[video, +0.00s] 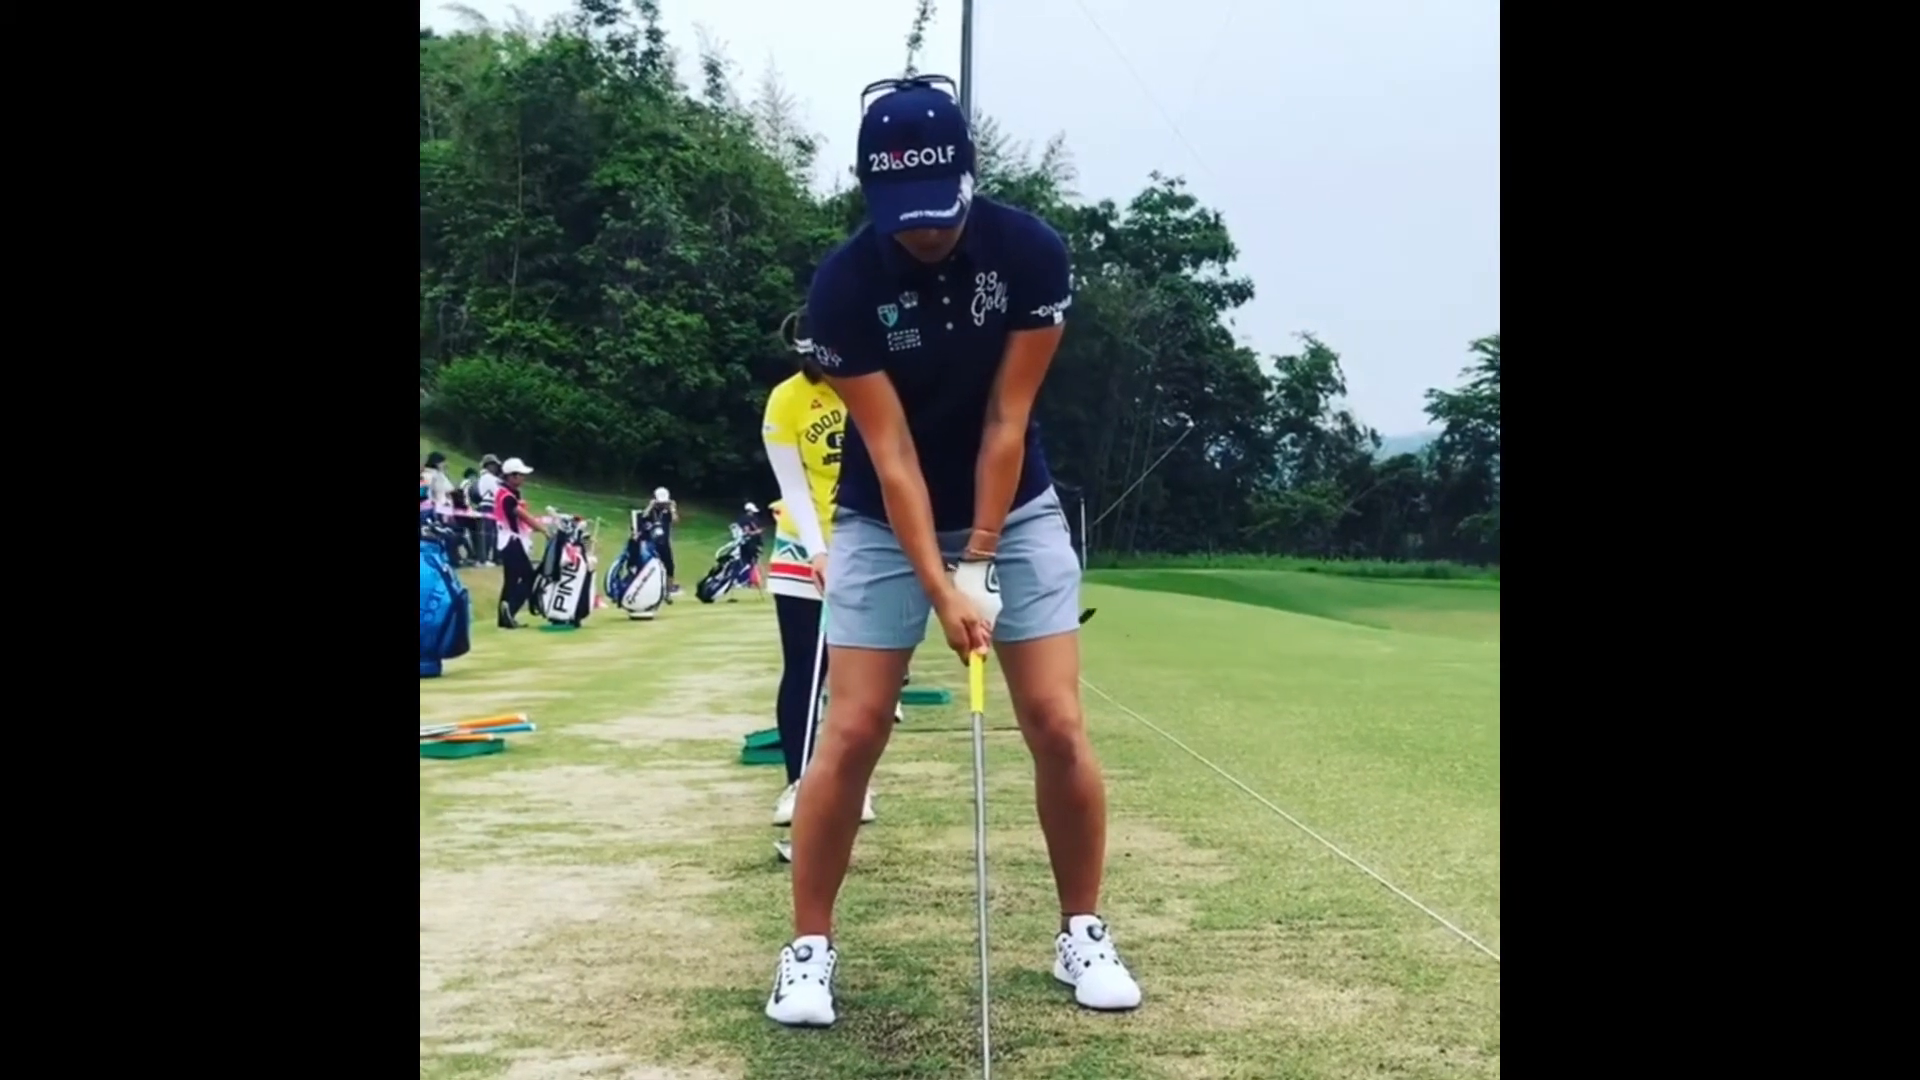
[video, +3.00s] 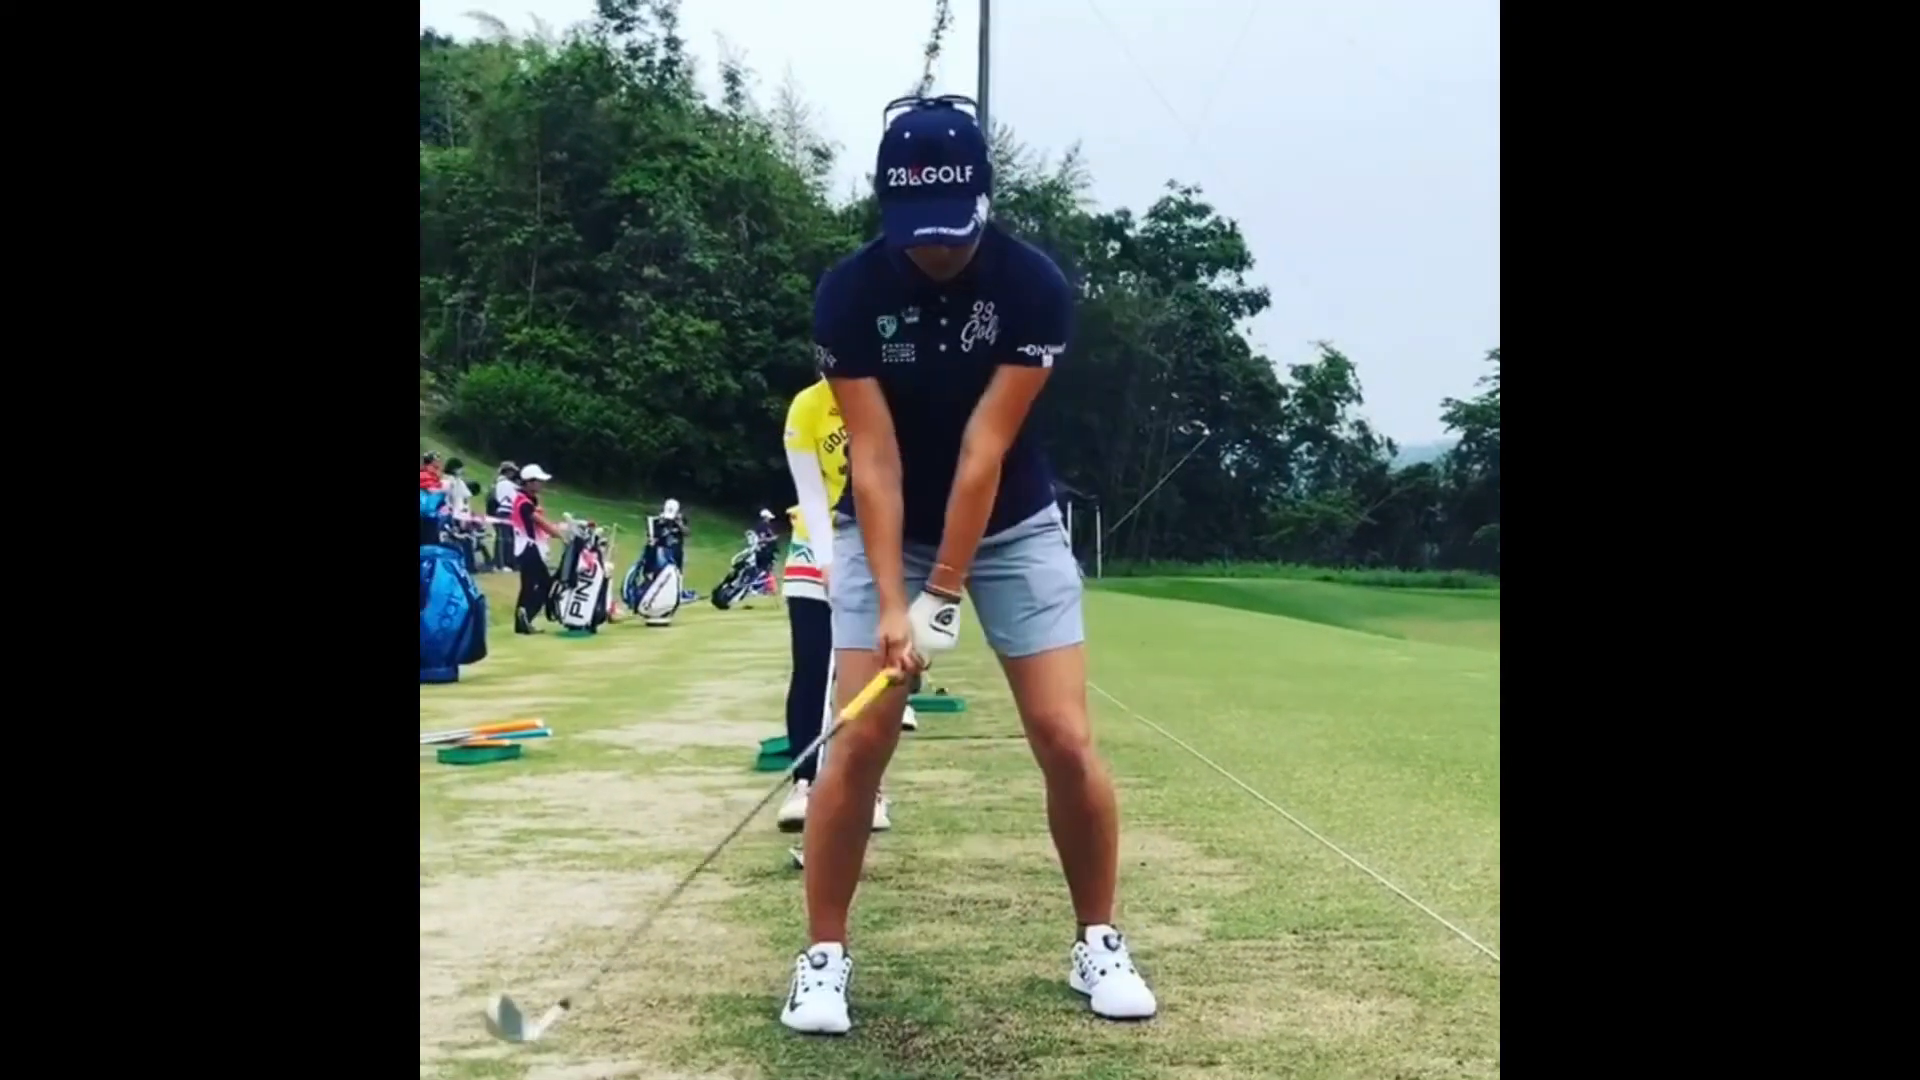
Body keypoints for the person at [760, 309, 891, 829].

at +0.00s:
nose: (824, 361)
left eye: (832, 350)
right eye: (816, 351)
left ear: (849, 346)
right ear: (804, 350)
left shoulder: (872, 394)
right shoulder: (787, 399)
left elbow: (883, 479)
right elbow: (792, 485)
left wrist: (872, 547)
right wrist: (816, 548)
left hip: (861, 557)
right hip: (801, 558)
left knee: (867, 683)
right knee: (805, 674)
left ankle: (858, 780)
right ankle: (800, 781)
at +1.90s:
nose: (798, 412)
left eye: (809, 401)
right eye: (788, 400)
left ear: (827, 385)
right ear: (772, 385)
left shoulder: (857, 421)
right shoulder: (749, 435)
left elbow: (846, 504)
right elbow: (761, 521)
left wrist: (811, 577)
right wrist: (772, 585)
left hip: (836, 575)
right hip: (762, 574)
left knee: (845, 697)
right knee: (750, 695)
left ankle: (863, 808)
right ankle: (727, 813)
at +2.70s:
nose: (796, 428)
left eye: (806, 418)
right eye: (786, 417)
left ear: (826, 400)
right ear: (771, 401)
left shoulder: (857, 438)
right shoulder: (748, 447)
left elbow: (840, 520)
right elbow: (762, 532)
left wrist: (804, 590)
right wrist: (778, 600)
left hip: (830, 587)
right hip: (757, 587)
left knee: (834, 702)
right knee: (742, 702)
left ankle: (850, 819)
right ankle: (710, 821)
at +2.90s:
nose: (850, 357)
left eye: (861, 348)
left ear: (884, 347)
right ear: (832, 346)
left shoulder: (898, 400)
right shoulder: (809, 402)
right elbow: (809, 494)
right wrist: (829, 558)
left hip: (876, 566)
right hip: (813, 565)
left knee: (876, 692)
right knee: (815, 681)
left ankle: (869, 786)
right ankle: (810, 787)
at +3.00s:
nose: (841, 360)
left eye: (852, 353)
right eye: (834, 351)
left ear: (878, 350)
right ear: (826, 351)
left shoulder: (892, 400)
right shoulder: (809, 405)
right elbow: (811, 496)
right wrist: (828, 564)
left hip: (874, 553)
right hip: (815, 551)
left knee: (869, 675)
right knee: (811, 668)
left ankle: (871, 783)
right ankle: (806, 777)